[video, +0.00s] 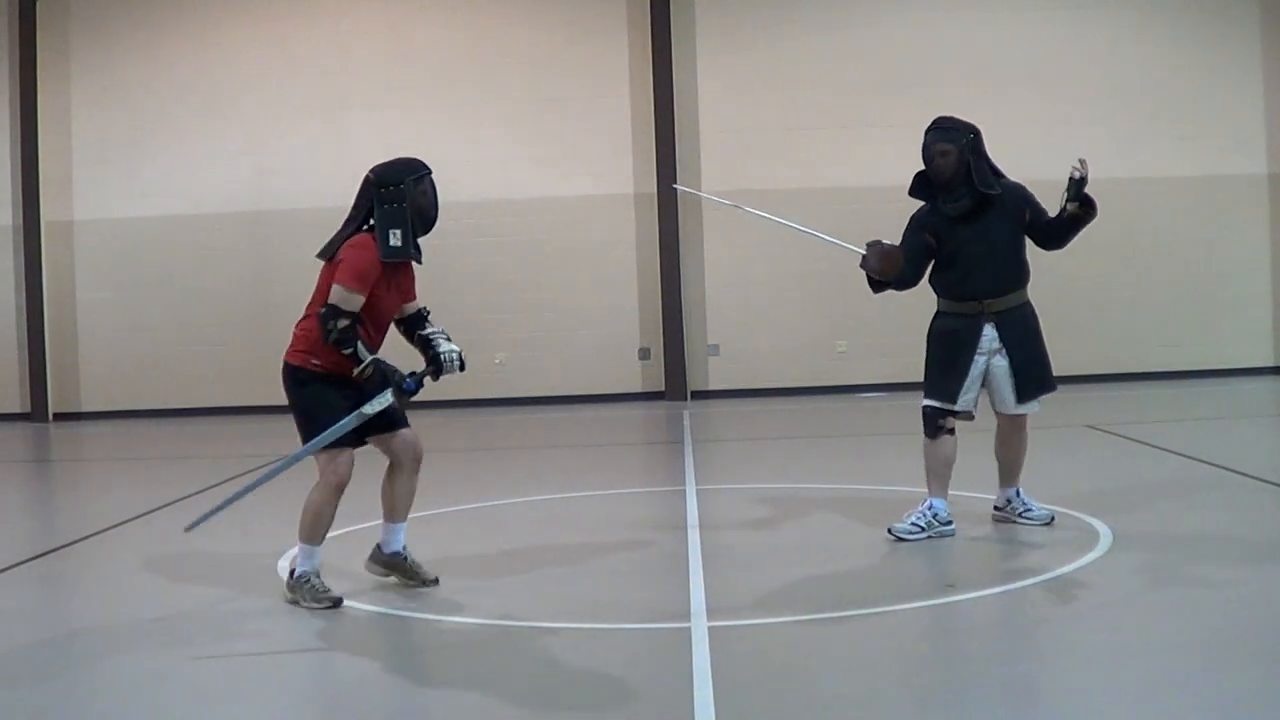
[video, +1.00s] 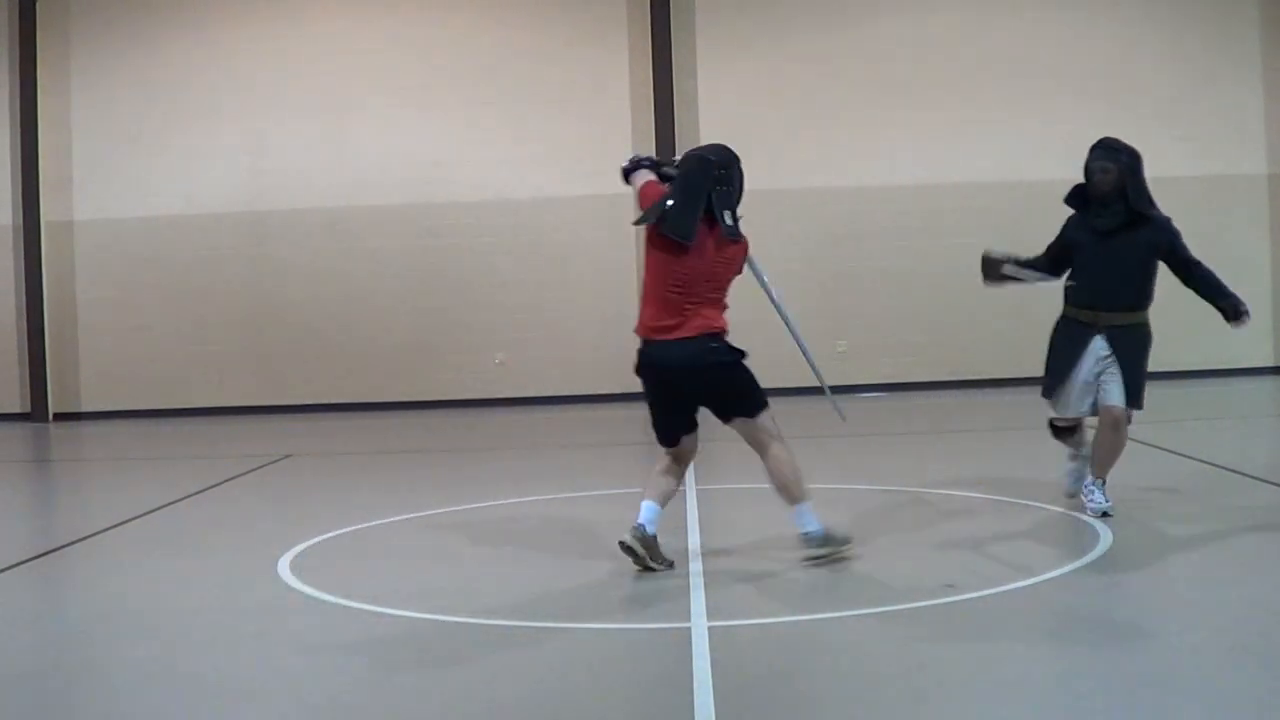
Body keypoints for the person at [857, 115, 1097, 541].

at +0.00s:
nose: (936, 163)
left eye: (944, 154)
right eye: (931, 156)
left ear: (968, 153)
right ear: (925, 161)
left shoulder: (1010, 196)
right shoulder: (928, 218)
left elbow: (1050, 237)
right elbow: (908, 274)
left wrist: (1073, 213)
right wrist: (881, 271)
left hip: (1011, 320)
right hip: (955, 324)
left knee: (1014, 412)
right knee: (937, 413)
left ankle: (1009, 497)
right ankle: (936, 508)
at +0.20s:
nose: (942, 162)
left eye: (951, 152)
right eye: (937, 154)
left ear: (976, 153)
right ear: (933, 160)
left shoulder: (1017, 196)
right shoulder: (935, 218)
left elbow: (1055, 237)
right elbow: (915, 274)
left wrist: (1080, 211)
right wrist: (893, 269)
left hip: (1018, 319)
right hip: (962, 323)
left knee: (1018, 412)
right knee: (944, 414)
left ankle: (1009, 498)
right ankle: (937, 508)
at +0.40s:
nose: (947, 166)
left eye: (956, 157)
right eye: (942, 158)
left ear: (980, 158)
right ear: (937, 164)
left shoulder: (1021, 202)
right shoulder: (939, 221)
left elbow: (1059, 242)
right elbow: (927, 285)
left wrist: (1083, 211)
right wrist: (906, 271)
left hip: (1018, 322)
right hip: (962, 326)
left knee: (1036, 409)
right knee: (943, 415)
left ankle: (1018, 493)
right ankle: (936, 509)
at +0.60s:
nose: (976, 179)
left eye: (985, 171)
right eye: (973, 171)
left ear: (1008, 175)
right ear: (968, 175)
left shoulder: (1043, 227)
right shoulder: (963, 232)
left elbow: (1085, 267)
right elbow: (933, 284)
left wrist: (1106, 239)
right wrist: (901, 274)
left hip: (1032, 338)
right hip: (973, 340)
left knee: (1070, 420)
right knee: (939, 418)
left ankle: (1083, 467)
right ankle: (932, 510)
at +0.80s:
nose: (1043, 179)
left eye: (1053, 172)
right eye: (1039, 171)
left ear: (1074, 175)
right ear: (1034, 175)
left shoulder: (1108, 224)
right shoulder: (1030, 223)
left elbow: (1153, 263)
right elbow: (981, 257)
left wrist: (1159, 240)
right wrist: (935, 254)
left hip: (1086, 336)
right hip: (1030, 332)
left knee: (1099, 430)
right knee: (993, 418)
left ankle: (1090, 490)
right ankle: (944, 491)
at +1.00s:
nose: (1097, 178)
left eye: (1105, 171)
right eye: (1093, 170)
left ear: (1126, 175)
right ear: (1086, 173)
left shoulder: (1152, 226)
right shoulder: (1080, 223)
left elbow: (1188, 269)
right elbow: (1049, 266)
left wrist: (1227, 302)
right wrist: (1006, 268)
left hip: (1126, 331)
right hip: (1076, 328)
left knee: (1116, 414)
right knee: (1063, 421)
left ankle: (1096, 482)